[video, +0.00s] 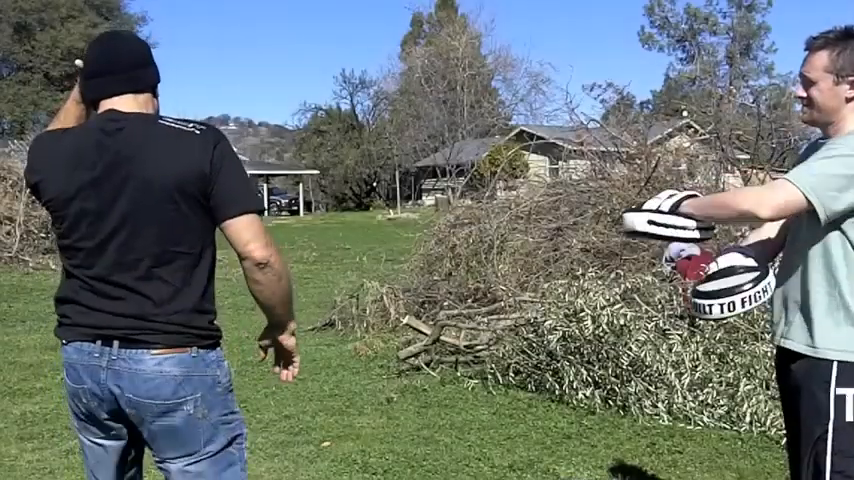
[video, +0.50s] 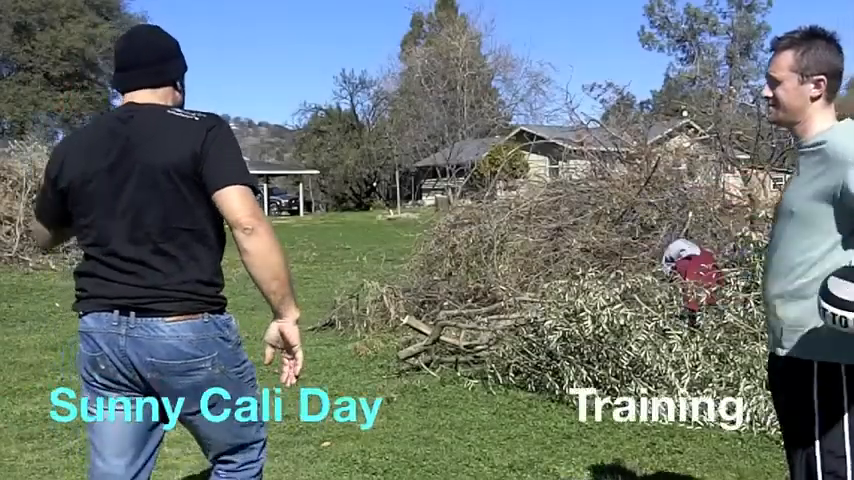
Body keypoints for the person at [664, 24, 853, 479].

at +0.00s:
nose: (798, 92)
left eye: (809, 83)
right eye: (800, 82)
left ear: (848, 88)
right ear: (839, 88)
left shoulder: (848, 151)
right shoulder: (820, 148)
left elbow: (763, 205)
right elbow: (789, 223)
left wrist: (681, 208)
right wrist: (733, 262)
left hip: (836, 353)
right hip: (801, 346)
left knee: (829, 470)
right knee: (805, 466)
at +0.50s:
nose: (765, 93)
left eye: (775, 82)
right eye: (767, 82)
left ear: (815, 87)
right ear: (812, 88)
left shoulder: (844, 152)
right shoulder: (811, 154)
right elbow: (826, 241)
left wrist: (850, 278)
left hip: (825, 355)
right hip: (794, 352)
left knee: (829, 470)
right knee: (806, 467)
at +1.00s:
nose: (778, 92)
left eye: (787, 83)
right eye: (779, 82)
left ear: (828, 87)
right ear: (822, 87)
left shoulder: (845, 158)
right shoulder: (815, 155)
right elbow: (822, 239)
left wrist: (822, 282)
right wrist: (775, 232)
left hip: (831, 364)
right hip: (797, 354)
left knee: (827, 471)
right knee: (805, 468)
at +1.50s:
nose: (804, 87)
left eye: (815, 77)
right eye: (808, 77)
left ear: (849, 84)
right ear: (842, 84)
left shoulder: (845, 158)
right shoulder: (816, 148)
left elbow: (773, 245)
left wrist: (696, 254)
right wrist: (717, 253)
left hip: (833, 356)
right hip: (803, 348)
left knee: (827, 470)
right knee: (809, 465)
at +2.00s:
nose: (801, 90)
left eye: (809, 80)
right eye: (803, 79)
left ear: (845, 84)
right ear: (840, 83)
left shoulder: (844, 161)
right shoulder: (817, 146)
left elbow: (780, 251)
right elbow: (777, 230)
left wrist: (737, 244)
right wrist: (723, 265)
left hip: (833, 354)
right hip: (806, 346)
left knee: (828, 469)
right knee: (811, 465)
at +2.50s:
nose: (784, 94)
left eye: (791, 84)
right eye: (785, 84)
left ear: (826, 87)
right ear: (826, 87)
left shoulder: (841, 167)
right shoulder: (828, 163)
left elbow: (853, 270)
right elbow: (816, 254)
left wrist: (777, 327)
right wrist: (759, 263)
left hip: (832, 374)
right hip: (814, 368)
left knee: (827, 472)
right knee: (812, 470)